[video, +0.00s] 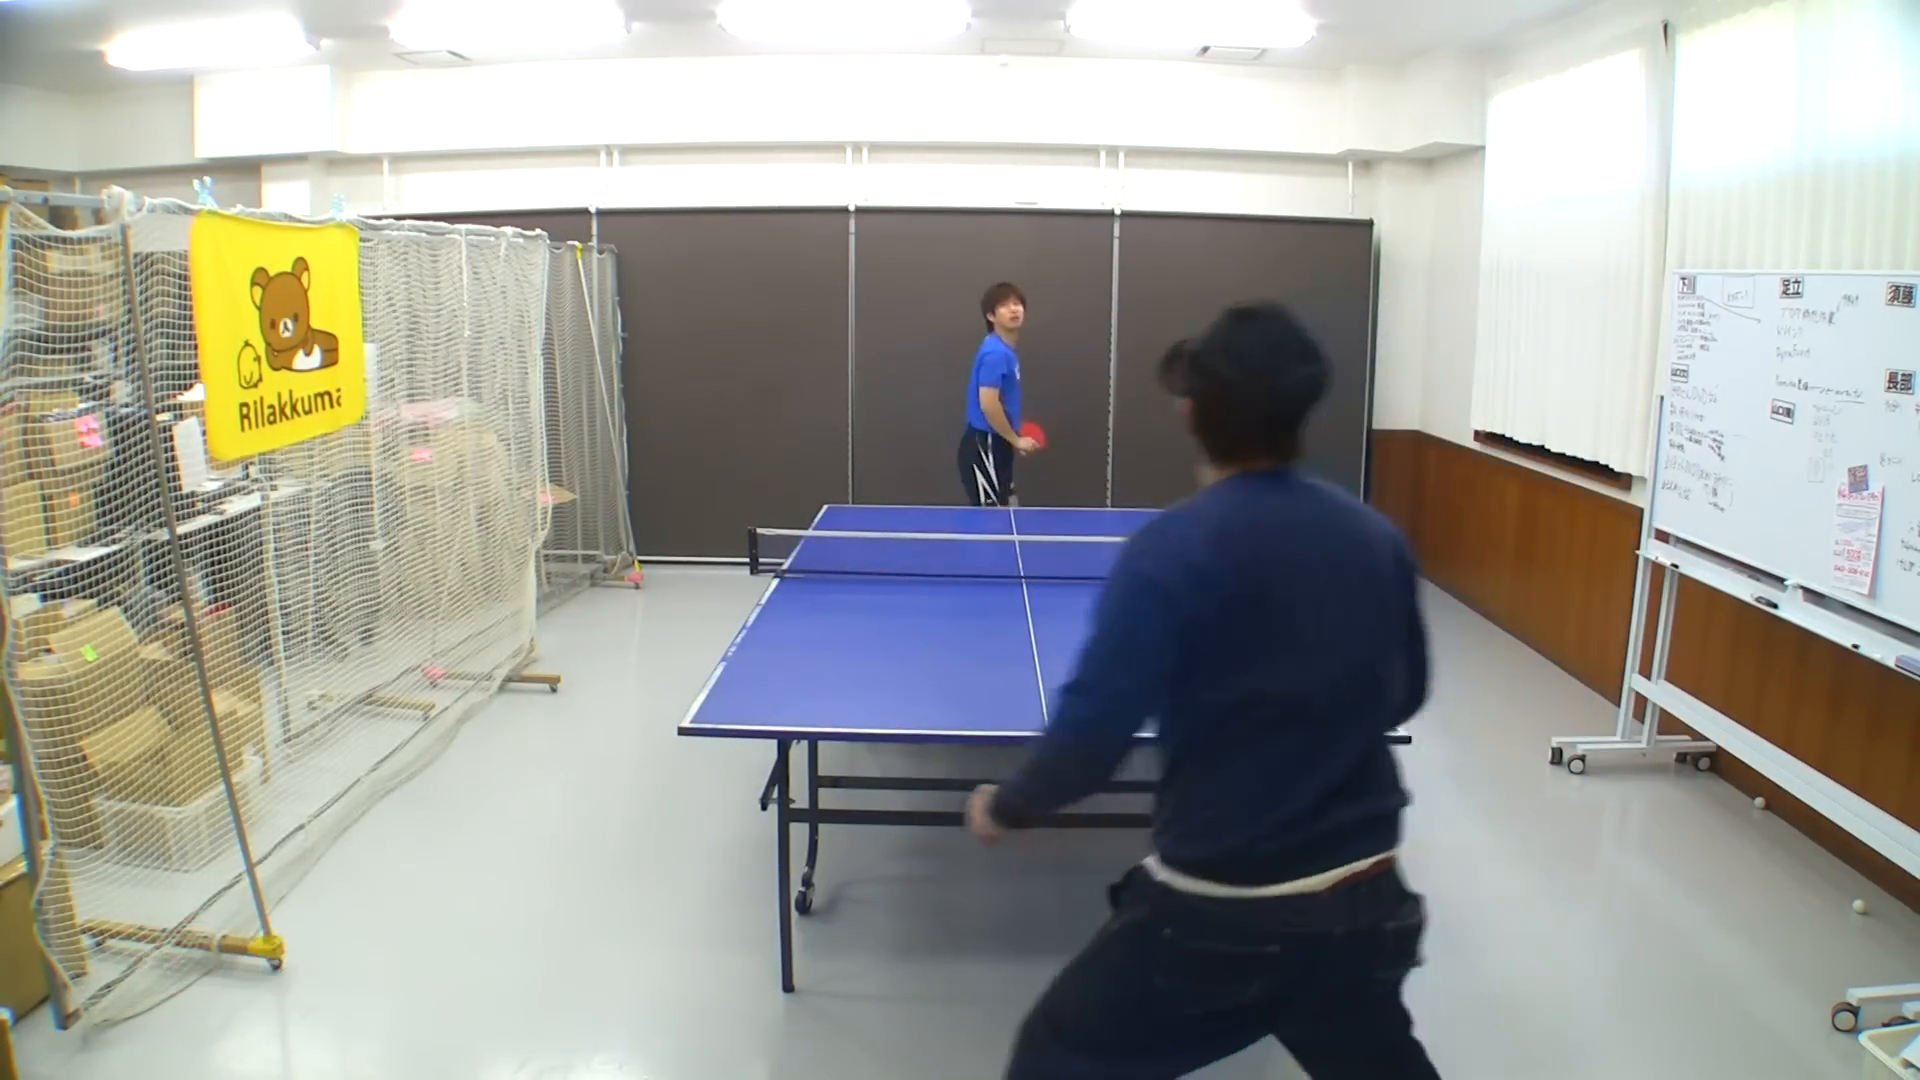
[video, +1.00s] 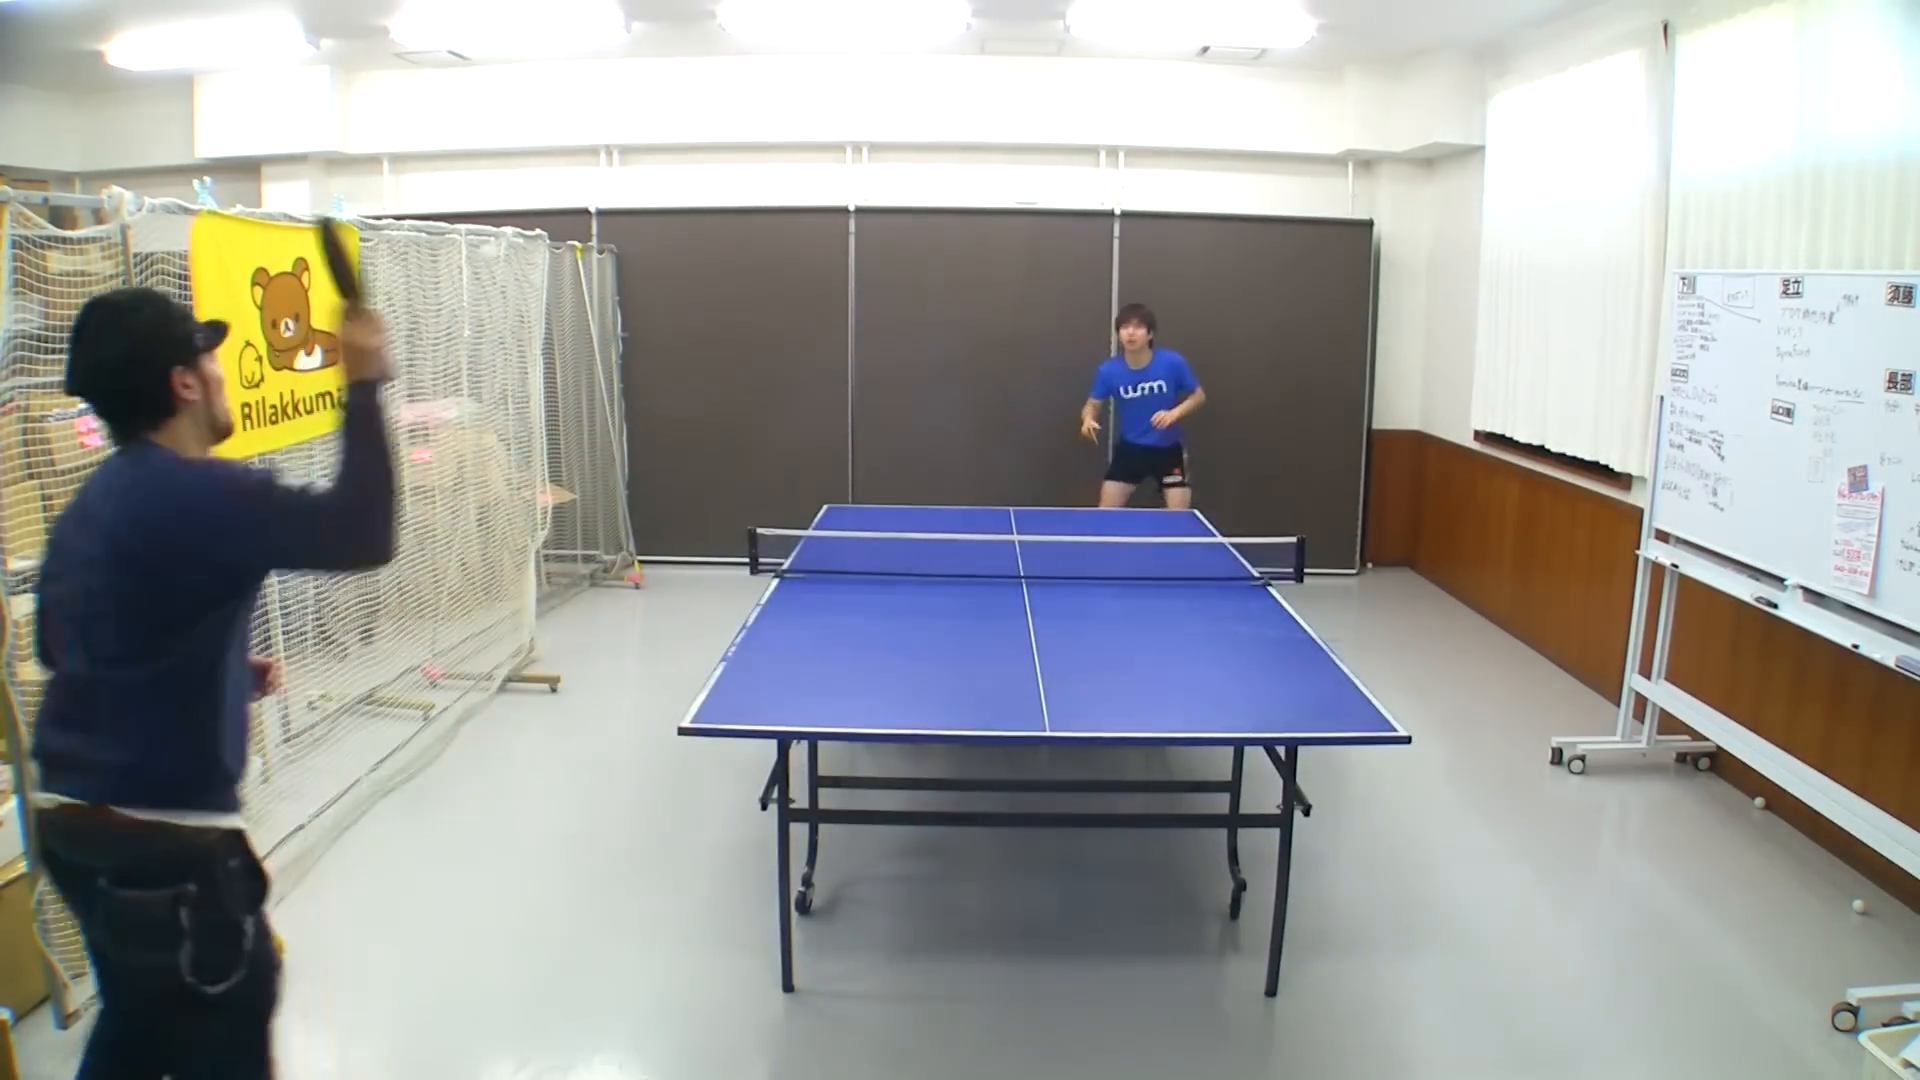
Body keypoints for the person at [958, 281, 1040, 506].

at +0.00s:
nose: (1014, 309)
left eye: (1017, 303)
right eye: (1005, 305)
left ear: (1024, 309)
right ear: (991, 316)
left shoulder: (1006, 351)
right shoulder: (995, 354)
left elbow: (1001, 399)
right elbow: (988, 403)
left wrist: (1017, 437)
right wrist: (1016, 440)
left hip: (996, 442)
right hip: (984, 443)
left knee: (1001, 515)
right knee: (995, 519)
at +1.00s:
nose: (1131, 333)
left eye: (1138, 327)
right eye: (1125, 327)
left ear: (1149, 334)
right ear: (1118, 333)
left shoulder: (1171, 362)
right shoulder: (1109, 370)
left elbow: (1199, 395)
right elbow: (1093, 403)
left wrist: (1173, 414)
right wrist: (1088, 419)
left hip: (1167, 449)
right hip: (1130, 449)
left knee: (1178, 519)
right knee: (1106, 514)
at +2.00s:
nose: (1433, 374)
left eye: (1440, 370)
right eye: (1427, 367)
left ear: (1444, 375)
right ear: (1413, 370)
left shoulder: (1422, 404)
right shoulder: (1403, 401)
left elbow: (1401, 448)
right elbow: (1401, 451)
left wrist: (1407, 478)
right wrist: (1446, 461)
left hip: (1387, 480)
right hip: (1360, 476)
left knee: (1430, 528)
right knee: (1342, 557)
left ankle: (1421, 595)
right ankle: (1274, 565)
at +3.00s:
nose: (1212, 324)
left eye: (1220, 317)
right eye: (1206, 318)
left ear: (1233, 325)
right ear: (1197, 325)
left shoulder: (1252, 366)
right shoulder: (1186, 368)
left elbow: (1263, 413)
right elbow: (1180, 403)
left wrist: (1261, 463)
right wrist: (1173, 427)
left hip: (1233, 466)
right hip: (1192, 462)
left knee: (1236, 538)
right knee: (1172, 526)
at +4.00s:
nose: (992, 319)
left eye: (1003, 314)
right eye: (989, 311)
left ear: (1021, 323)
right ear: (983, 315)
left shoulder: (1032, 361)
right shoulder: (989, 360)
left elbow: (1040, 418)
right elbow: (992, 411)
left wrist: (995, 456)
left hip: (1017, 471)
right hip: (982, 467)